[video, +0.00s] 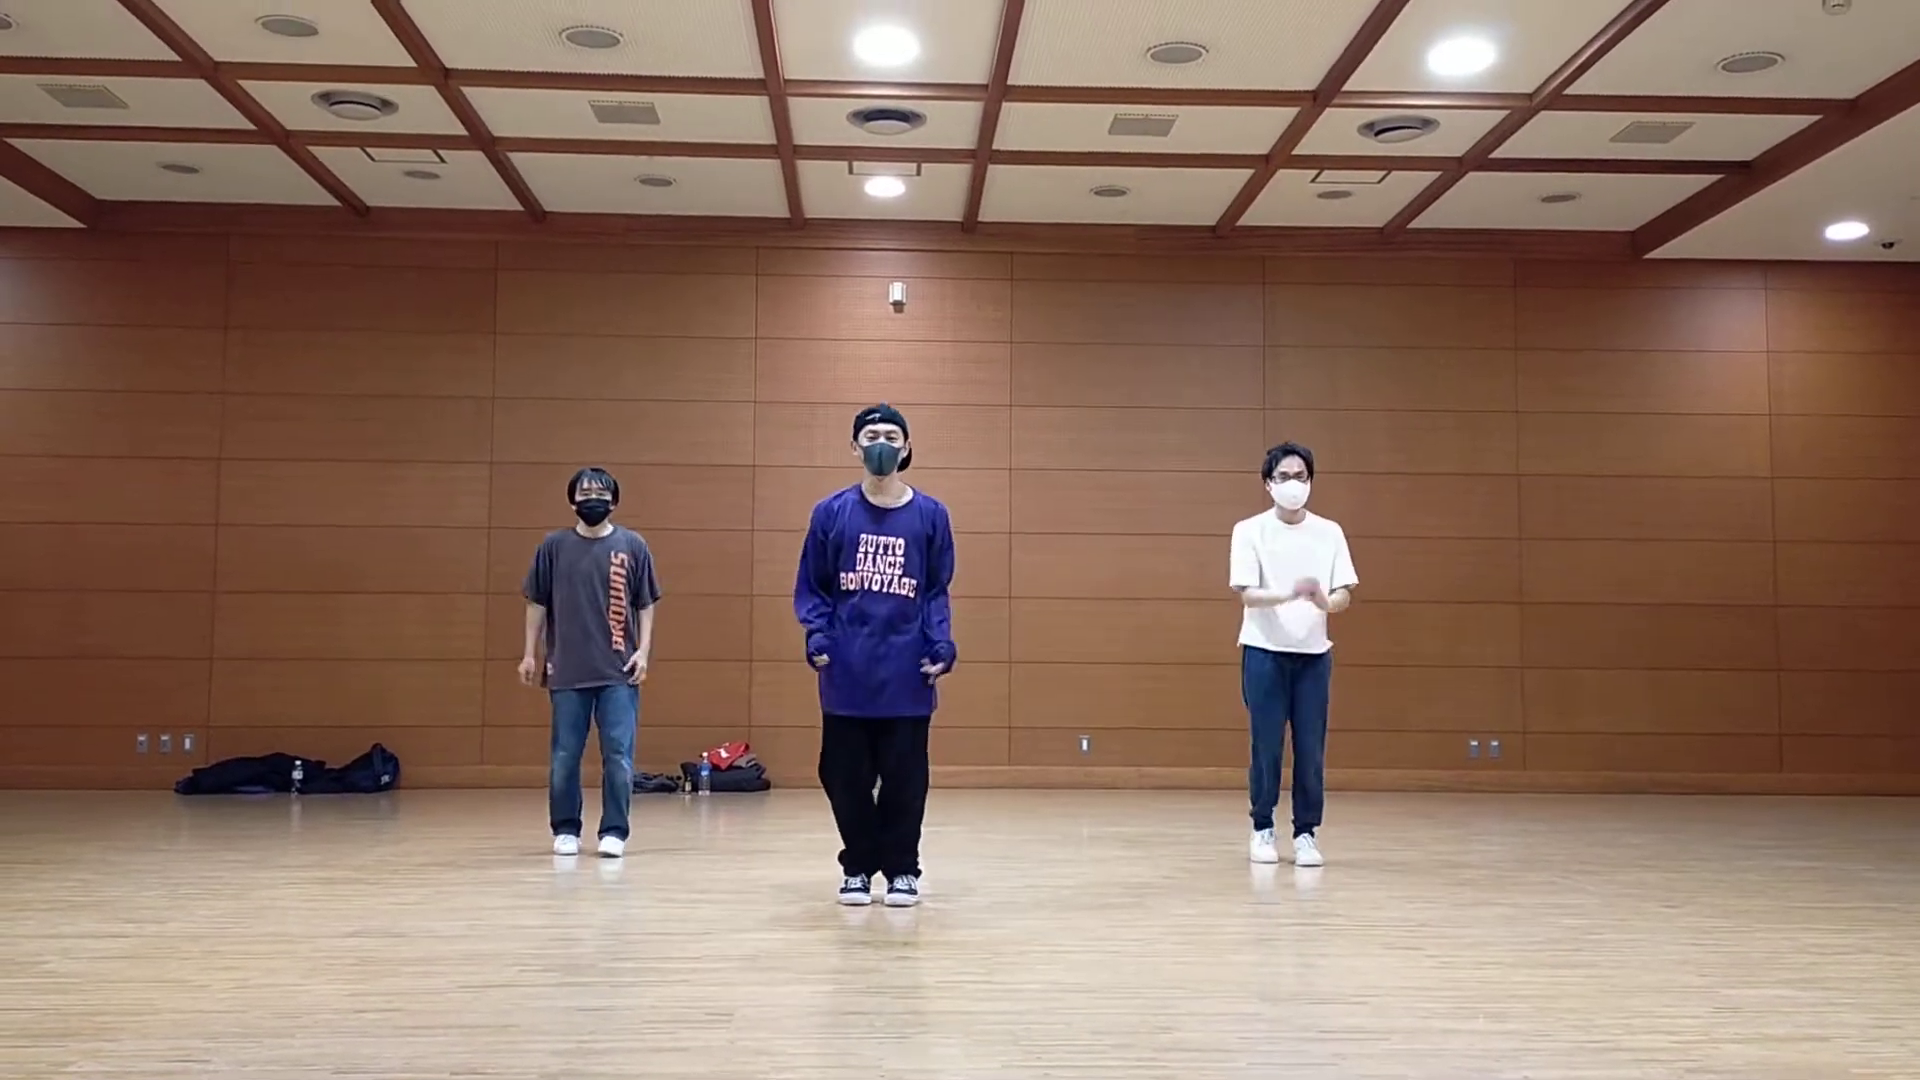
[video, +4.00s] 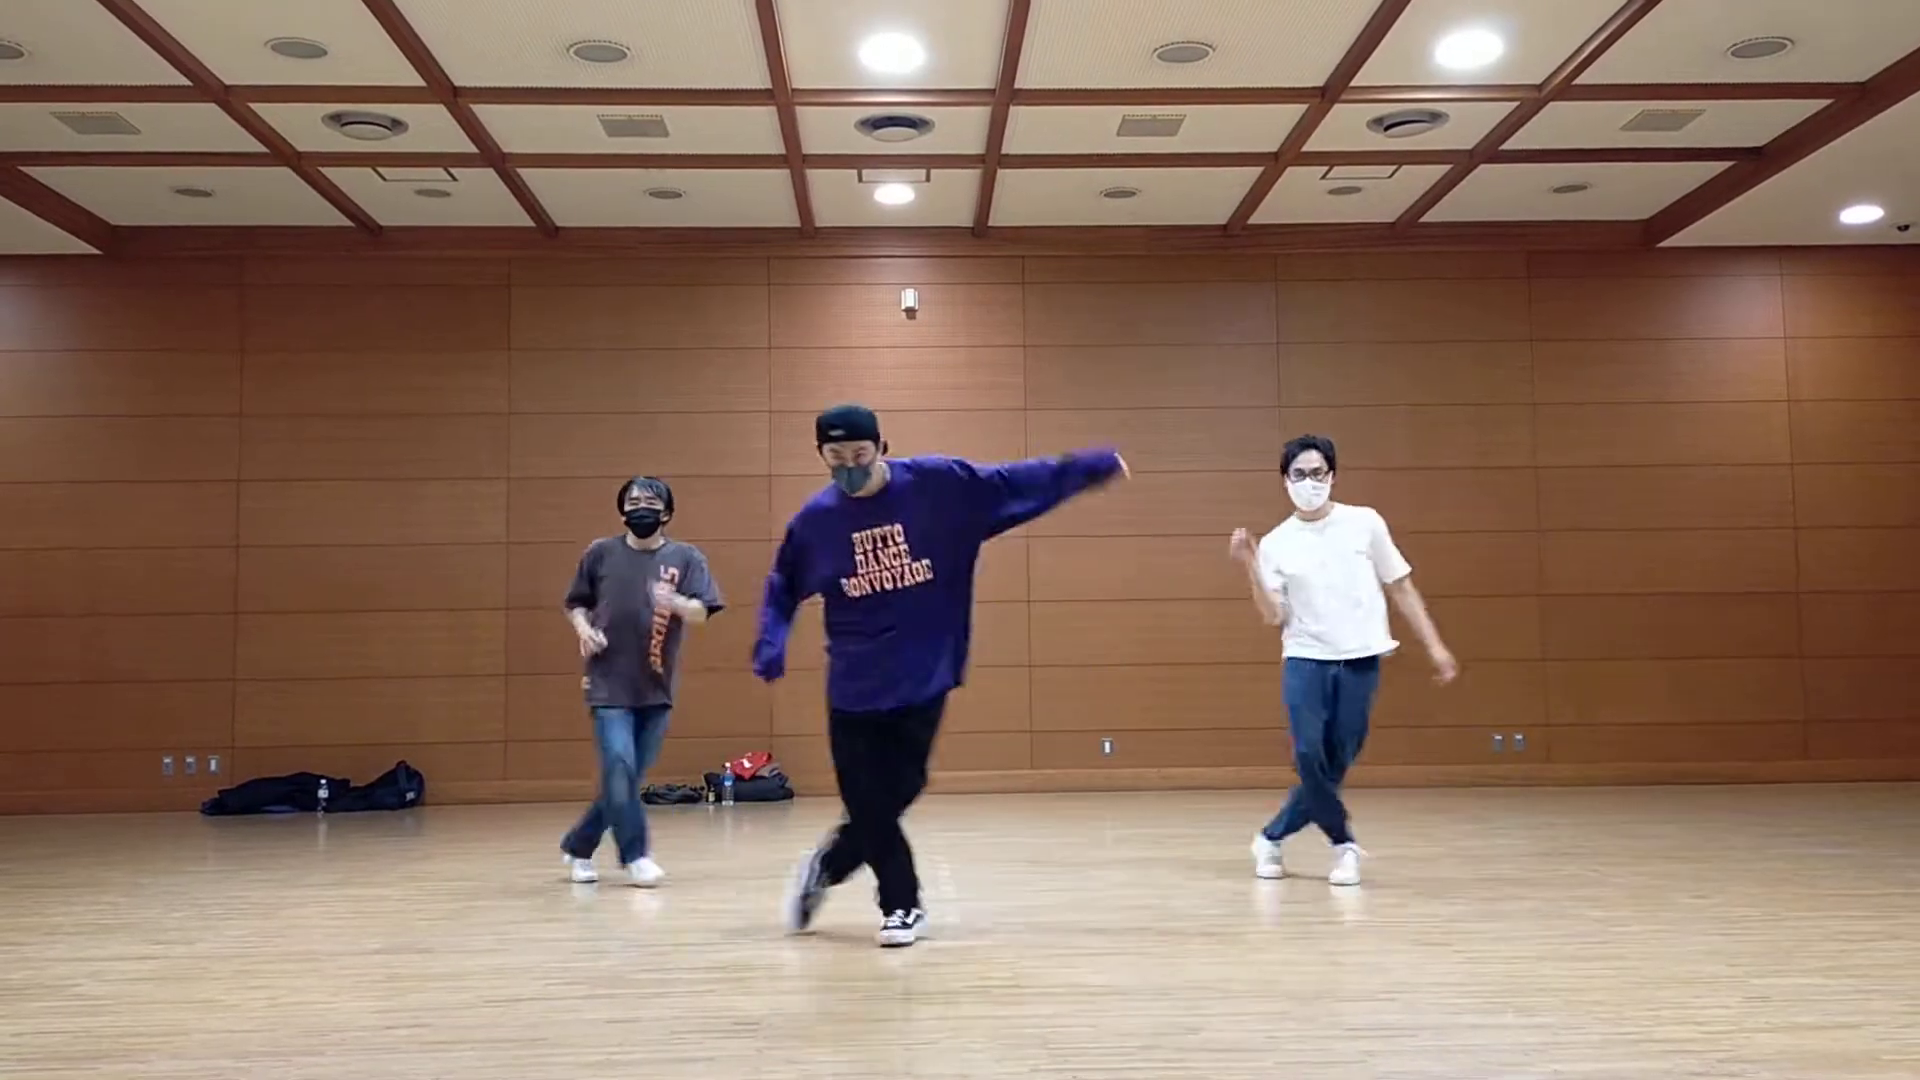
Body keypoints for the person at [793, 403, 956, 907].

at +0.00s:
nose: (880, 441)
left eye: (891, 435)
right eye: (871, 434)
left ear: (905, 449)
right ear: (856, 447)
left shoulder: (931, 514)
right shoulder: (831, 512)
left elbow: (937, 593)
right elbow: (809, 589)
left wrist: (942, 645)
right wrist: (818, 637)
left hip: (907, 671)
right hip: (846, 670)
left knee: (905, 776)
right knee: (844, 774)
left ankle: (902, 871)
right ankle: (857, 868)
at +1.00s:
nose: (896, 431)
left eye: (906, 423)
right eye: (886, 424)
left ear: (924, 435)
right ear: (871, 435)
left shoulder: (950, 491)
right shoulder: (844, 492)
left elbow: (958, 560)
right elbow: (832, 561)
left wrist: (906, 586)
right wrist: (884, 587)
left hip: (929, 663)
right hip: (863, 665)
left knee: (924, 774)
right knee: (877, 776)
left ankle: (923, 888)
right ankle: (875, 896)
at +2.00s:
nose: (853, 414)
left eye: (865, 404)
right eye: (843, 405)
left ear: (884, 412)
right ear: (827, 413)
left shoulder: (917, 478)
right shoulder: (801, 481)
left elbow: (970, 525)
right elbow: (758, 554)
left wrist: (984, 540)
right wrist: (809, 534)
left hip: (897, 658)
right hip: (822, 657)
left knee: (879, 781)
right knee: (826, 779)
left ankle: (860, 880)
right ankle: (803, 904)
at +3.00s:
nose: (1025, 464)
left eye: (1035, 455)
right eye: (1015, 454)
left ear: (1047, 457)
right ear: (994, 452)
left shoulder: (1064, 514)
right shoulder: (953, 498)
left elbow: (1075, 592)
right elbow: (898, 551)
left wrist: (1083, 651)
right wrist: (867, 590)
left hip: (1044, 676)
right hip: (975, 679)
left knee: (1041, 794)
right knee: (1002, 794)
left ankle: (1006, 900)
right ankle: (1086, 862)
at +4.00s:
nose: (843, 464)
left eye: (853, 452)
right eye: (833, 455)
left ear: (878, 448)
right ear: (822, 457)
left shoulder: (934, 484)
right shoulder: (816, 523)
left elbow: (1013, 483)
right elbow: (783, 587)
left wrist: (1087, 469)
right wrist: (770, 644)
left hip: (924, 669)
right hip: (854, 676)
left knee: (902, 786)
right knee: (865, 794)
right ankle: (901, 905)